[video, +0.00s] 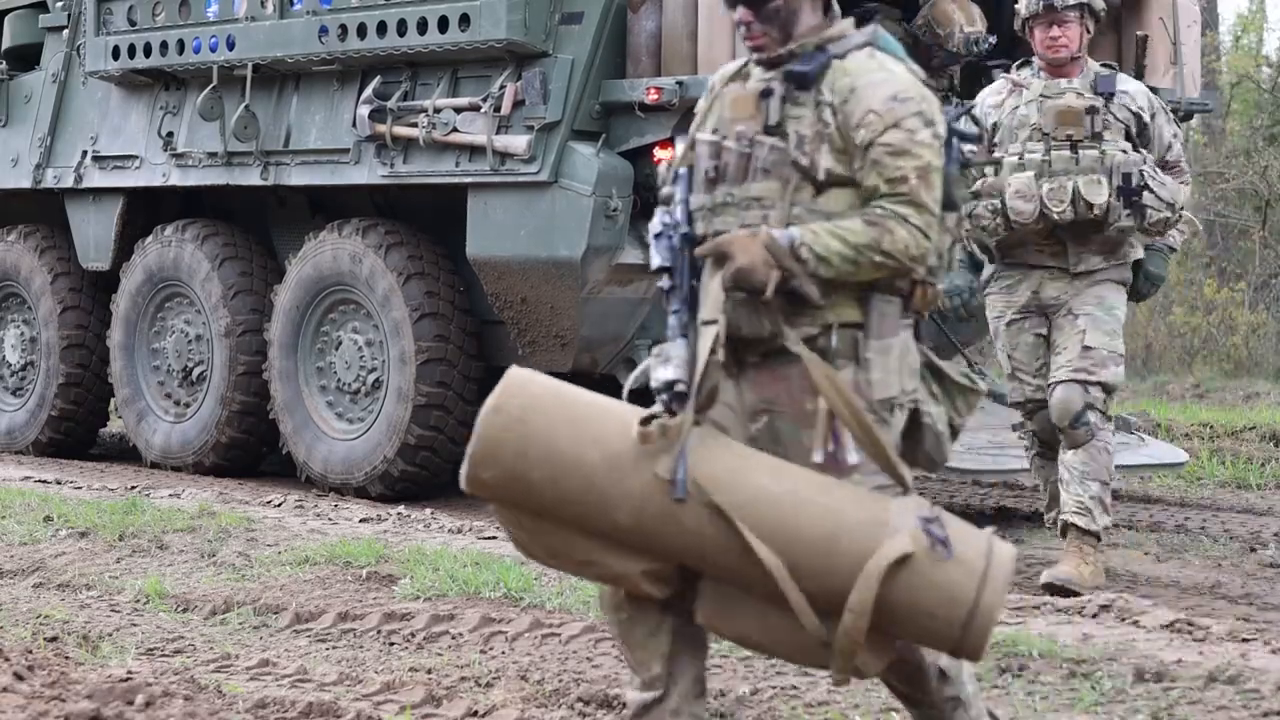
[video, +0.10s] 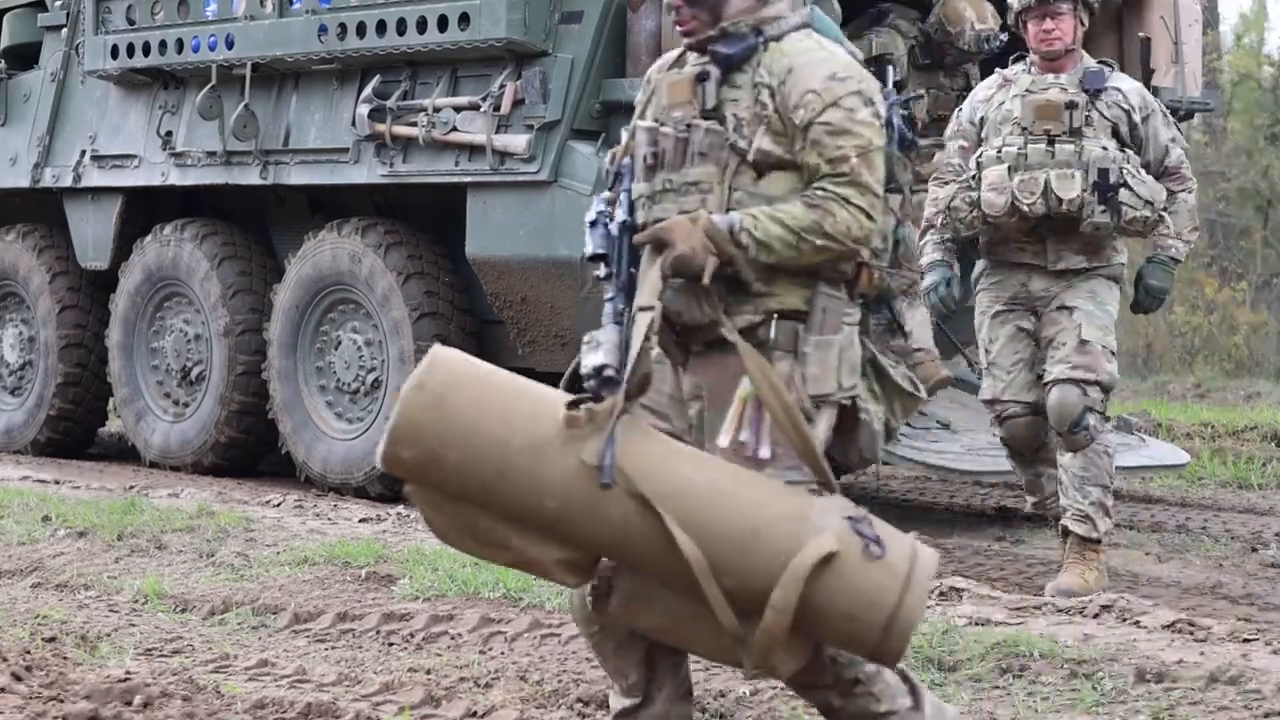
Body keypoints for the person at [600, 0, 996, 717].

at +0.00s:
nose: (749, 16)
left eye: (766, 4)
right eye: (739, 6)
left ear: (817, 1)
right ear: (729, 12)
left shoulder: (882, 87)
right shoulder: (722, 88)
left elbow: (910, 231)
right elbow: (685, 214)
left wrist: (780, 249)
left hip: (838, 378)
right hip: (726, 371)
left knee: (860, 573)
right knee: (651, 554)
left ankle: (954, 708)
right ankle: (669, 708)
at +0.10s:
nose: (677, 5)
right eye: (672, 0)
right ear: (669, 8)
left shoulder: (817, 69)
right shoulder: (663, 79)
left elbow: (855, 214)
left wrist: (721, 234)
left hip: (775, 367)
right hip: (666, 360)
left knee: (766, 577)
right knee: (618, 577)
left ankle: (896, 708)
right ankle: (655, 707)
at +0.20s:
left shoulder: (773, 48)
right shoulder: (611, 55)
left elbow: (813, 193)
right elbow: (592, 192)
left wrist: (683, 213)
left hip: (738, 327)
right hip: (631, 323)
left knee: (677, 501)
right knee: (594, 493)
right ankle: (644, 688)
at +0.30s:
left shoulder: (732, 37)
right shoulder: (563, 43)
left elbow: (772, 176)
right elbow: (557, 191)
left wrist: (645, 195)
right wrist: (530, 287)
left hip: (701, 306)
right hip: (601, 308)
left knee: (584, 469)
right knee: (559, 478)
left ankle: (638, 692)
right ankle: (629, 690)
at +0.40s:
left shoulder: (690, 33)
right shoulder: (515, 38)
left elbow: (725, 176)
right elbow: (491, 168)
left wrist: (593, 182)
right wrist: (478, 255)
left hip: (657, 305)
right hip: (563, 306)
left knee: (491, 457)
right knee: (605, 518)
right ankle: (656, 700)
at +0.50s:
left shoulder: (646, 36)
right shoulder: (470, 27)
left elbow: (673, 180)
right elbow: (428, 151)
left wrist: (543, 176)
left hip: (607, 305)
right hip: (515, 305)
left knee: (459, 482)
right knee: (585, 523)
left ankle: (409, 697)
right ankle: (648, 697)